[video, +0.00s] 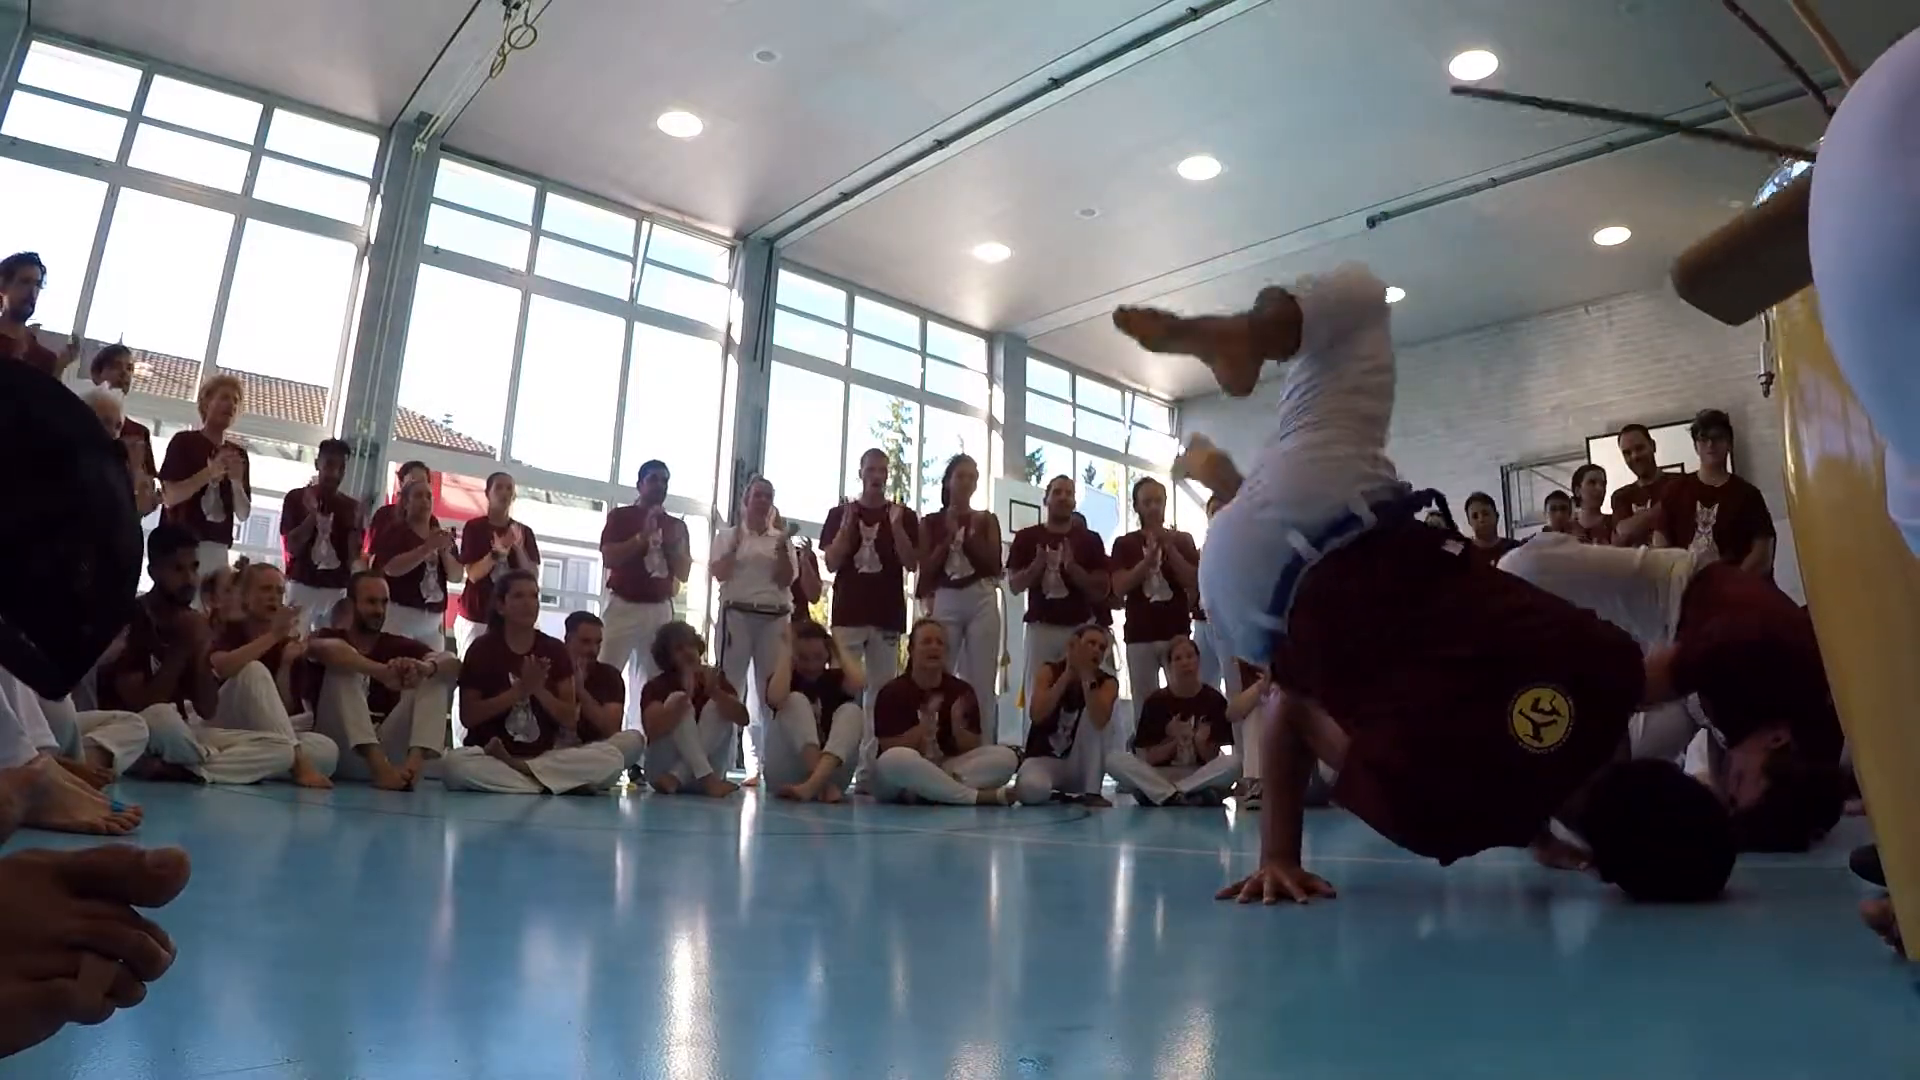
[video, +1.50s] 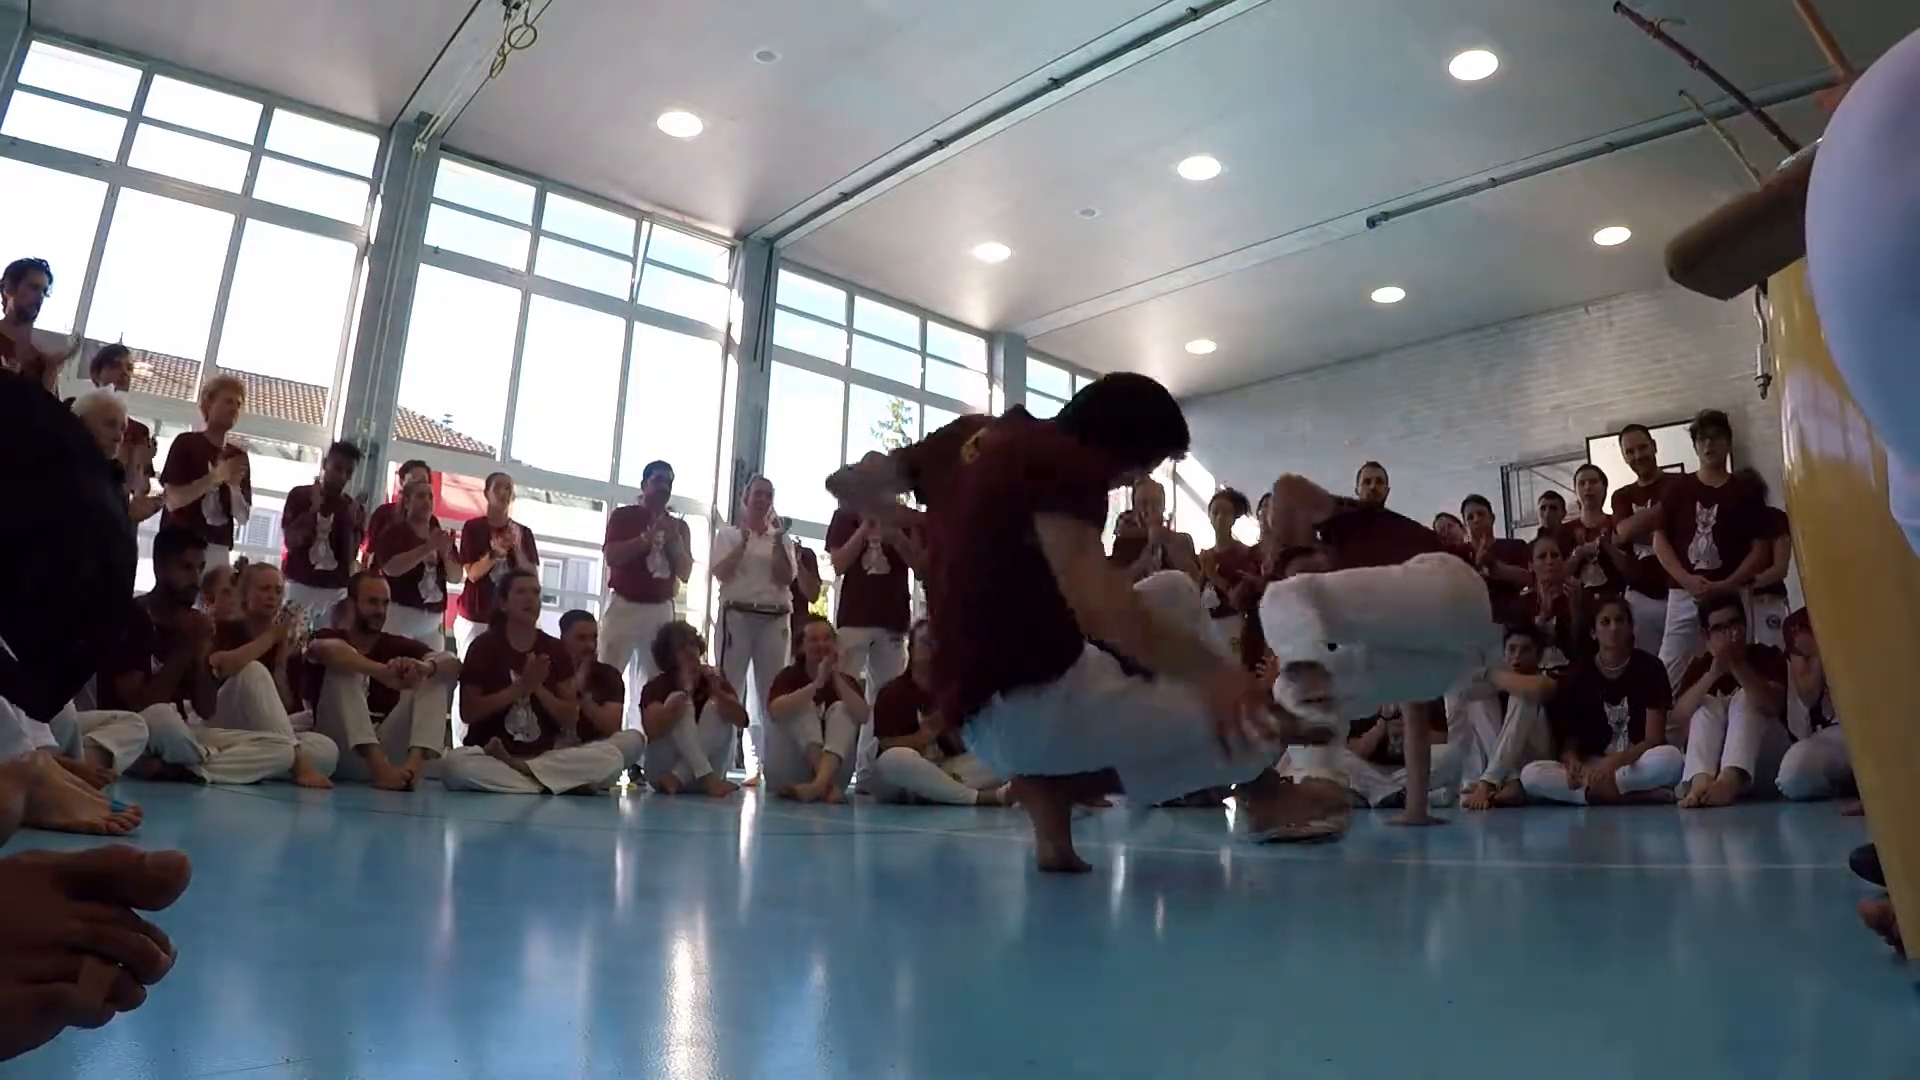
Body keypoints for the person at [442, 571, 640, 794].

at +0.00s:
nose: (530, 603)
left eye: (534, 597)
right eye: (520, 597)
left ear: (540, 603)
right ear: (501, 605)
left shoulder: (556, 649)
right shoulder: (481, 648)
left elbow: (570, 718)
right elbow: (468, 716)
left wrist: (536, 689)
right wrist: (521, 689)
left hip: (545, 756)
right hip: (488, 754)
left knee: (612, 759)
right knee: (454, 765)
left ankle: (522, 766)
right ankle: (549, 786)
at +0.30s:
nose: (530, 603)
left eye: (534, 596)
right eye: (520, 596)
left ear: (539, 602)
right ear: (500, 605)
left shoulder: (556, 649)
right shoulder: (481, 648)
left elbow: (569, 717)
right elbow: (469, 716)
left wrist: (538, 688)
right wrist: (521, 689)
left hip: (545, 757)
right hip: (489, 755)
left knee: (612, 759)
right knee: (454, 765)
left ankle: (523, 766)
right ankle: (549, 786)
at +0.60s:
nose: (528, 604)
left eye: (533, 597)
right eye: (519, 597)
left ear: (539, 603)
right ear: (500, 605)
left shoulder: (555, 649)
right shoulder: (481, 649)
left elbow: (569, 718)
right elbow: (469, 716)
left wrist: (535, 689)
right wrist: (519, 691)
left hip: (545, 756)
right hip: (487, 755)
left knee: (613, 758)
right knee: (454, 765)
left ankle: (522, 765)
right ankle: (549, 786)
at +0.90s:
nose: (528, 603)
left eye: (533, 597)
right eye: (519, 597)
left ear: (539, 603)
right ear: (500, 605)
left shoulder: (554, 649)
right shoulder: (481, 649)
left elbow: (569, 718)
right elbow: (469, 716)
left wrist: (535, 689)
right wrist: (520, 690)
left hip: (546, 756)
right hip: (489, 755)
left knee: (612, 758)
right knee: (454, 765)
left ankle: (522, 765)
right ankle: (549, 786)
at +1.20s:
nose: (528, 602)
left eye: (534, 596)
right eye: (519, 595)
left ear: (540, 603)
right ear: (500, 604)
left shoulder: (555, 649)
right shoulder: (482, 648)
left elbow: (570, 717)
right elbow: (469, 715)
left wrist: (535, 689)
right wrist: (520, 689)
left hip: (546, 756)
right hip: (488, 755)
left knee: (613, 758)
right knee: (454, 765)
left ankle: (523, 766)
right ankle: (551, 786)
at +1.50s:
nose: (530, 599)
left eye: (535, 593)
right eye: (521, 593)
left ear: (542, 601)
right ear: (503, 603)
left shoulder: (556, 648)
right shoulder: (483, 646)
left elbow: (570, 717)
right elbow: (468, 713)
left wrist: (536, 688)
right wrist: (521, 687)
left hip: (546, 755)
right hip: (488, 755)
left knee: (612, 758)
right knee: (454, 765)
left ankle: (522, 766)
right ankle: (550, 786)